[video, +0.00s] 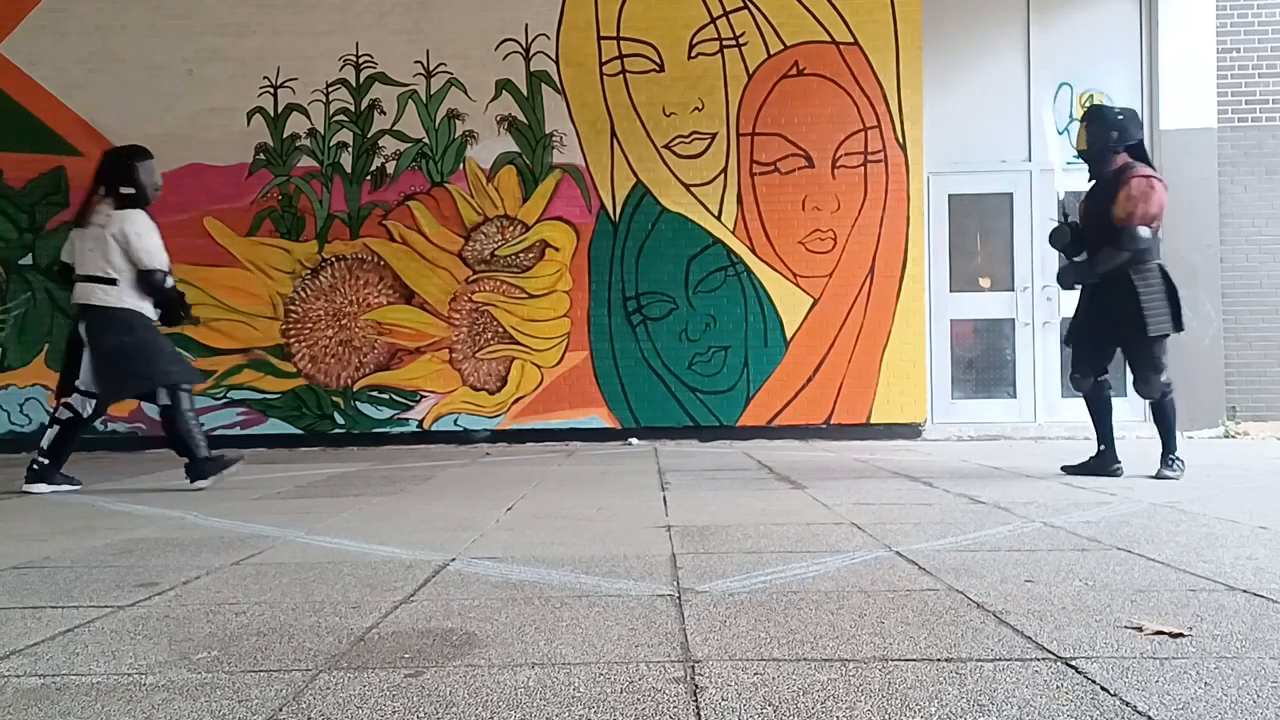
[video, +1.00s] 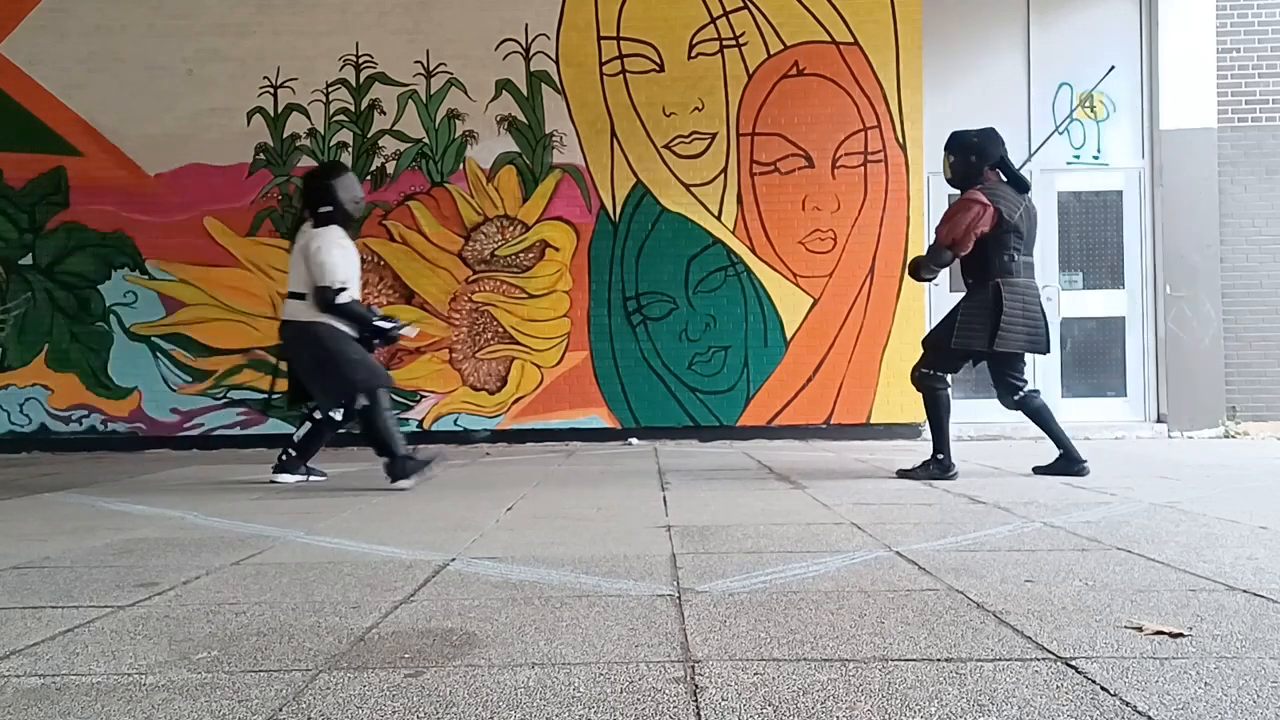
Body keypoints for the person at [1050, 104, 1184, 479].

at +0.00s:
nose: (1081, 144)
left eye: (1088, 136)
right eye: (1082, 136)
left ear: (1110, 138)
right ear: (1112, 139)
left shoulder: (1139, 182)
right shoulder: (1099, 188)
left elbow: (1135, 245)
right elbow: (1092, 242)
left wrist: (1084, 269)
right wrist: (1070, 239)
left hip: (1138, 286)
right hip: (1101, 289)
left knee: (1150, 378)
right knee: (1087, 372)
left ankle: (1170, 456)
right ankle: (1106, 454)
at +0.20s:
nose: (1056, 155)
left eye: (1062, 146)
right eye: (1055, 146)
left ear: (1084, 146)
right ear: (1086, 147)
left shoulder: (1105, 186)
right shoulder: (1085, 185)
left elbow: (1069, 235)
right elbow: (1066, 231)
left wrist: (1028, 255)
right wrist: (1046, 225)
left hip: (1106, 291)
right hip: (1087, 292)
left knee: (1081, 374)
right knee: (1073, 376)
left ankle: (1138, 435)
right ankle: (1105, 456)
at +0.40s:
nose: (1024, 163)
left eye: (1030, 155)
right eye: (1024, 155)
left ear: (1052, 156)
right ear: (1063, 157)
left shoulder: (1062, 195)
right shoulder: (1081, 190)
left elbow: (1019, 242)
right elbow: (1049, 229)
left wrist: (978, 245)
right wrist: (1019, 218)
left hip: (1079, 297)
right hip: (1098, 297)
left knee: (1028, 368)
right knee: (1062, 377)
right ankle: (1103, 456)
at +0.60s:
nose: (991, 172)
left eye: (996, 165)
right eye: (991, 165)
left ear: (1018, 167)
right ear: (1033, 169)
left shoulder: (1021, 206)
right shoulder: (1055, 201)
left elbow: (981, 254)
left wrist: (954, 260)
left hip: (1034, 308)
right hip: (1059, 306)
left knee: (977, 374)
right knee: (1039, 391)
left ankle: (948, 458)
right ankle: (1102, 456)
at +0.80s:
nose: (961, 168)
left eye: (967, 161)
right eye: (962, 160)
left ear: (989, 164)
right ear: (1005, 166)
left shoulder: (988, 203)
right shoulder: (1035, 205)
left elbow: (953, 257)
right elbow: (1017, 254)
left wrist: (932, 269)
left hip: (997, 304)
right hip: (1028, 305)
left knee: (935, 372)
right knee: (1012, 389)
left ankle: (941, 460)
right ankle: (1085, 442)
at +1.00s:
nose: (948, 168)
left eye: (953, 160)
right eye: (949, 160)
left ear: (977, 162)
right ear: (992, 164)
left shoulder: (977, 201)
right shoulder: (1021, 201)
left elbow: (941, 255)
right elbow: (1008, 250)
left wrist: (921, 268)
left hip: (989, 304)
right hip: (1022, 305)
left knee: (929, 371)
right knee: (1014, 389)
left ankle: (941, 460)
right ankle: (1070, 455)